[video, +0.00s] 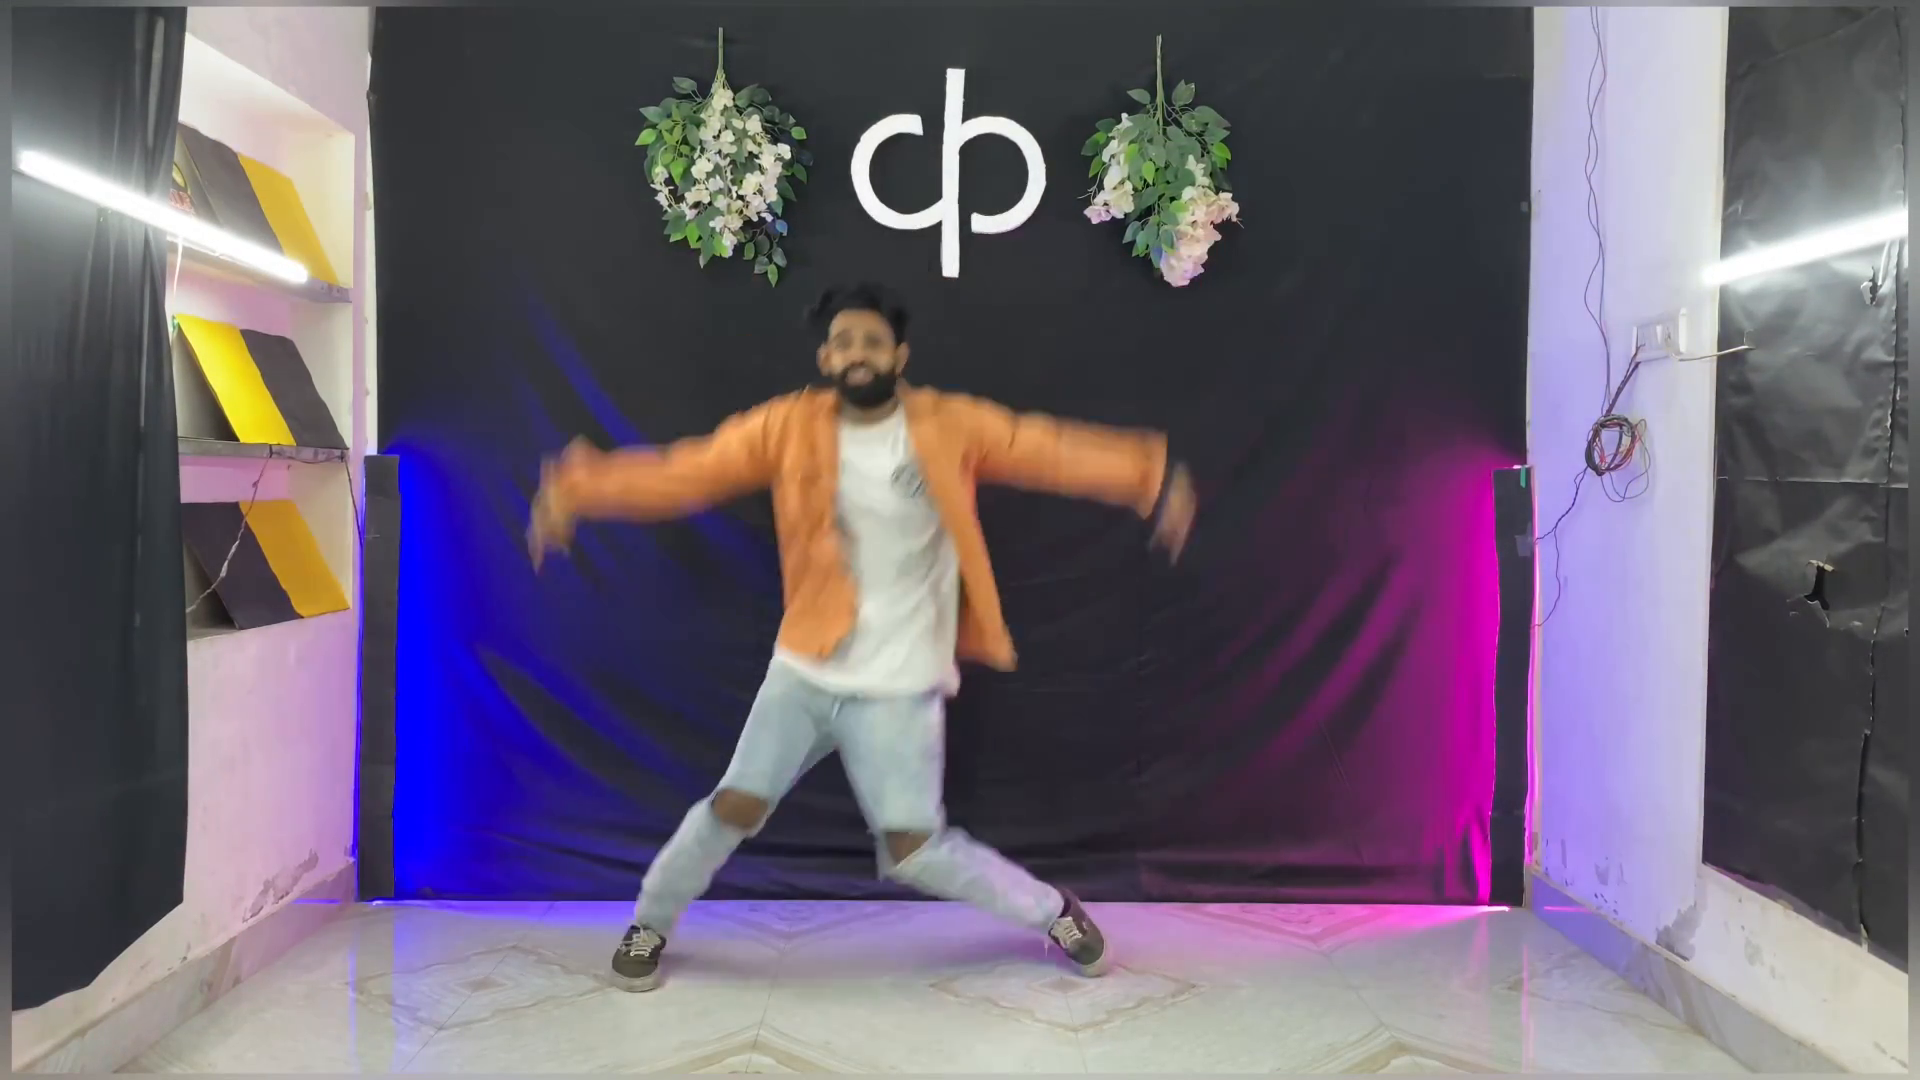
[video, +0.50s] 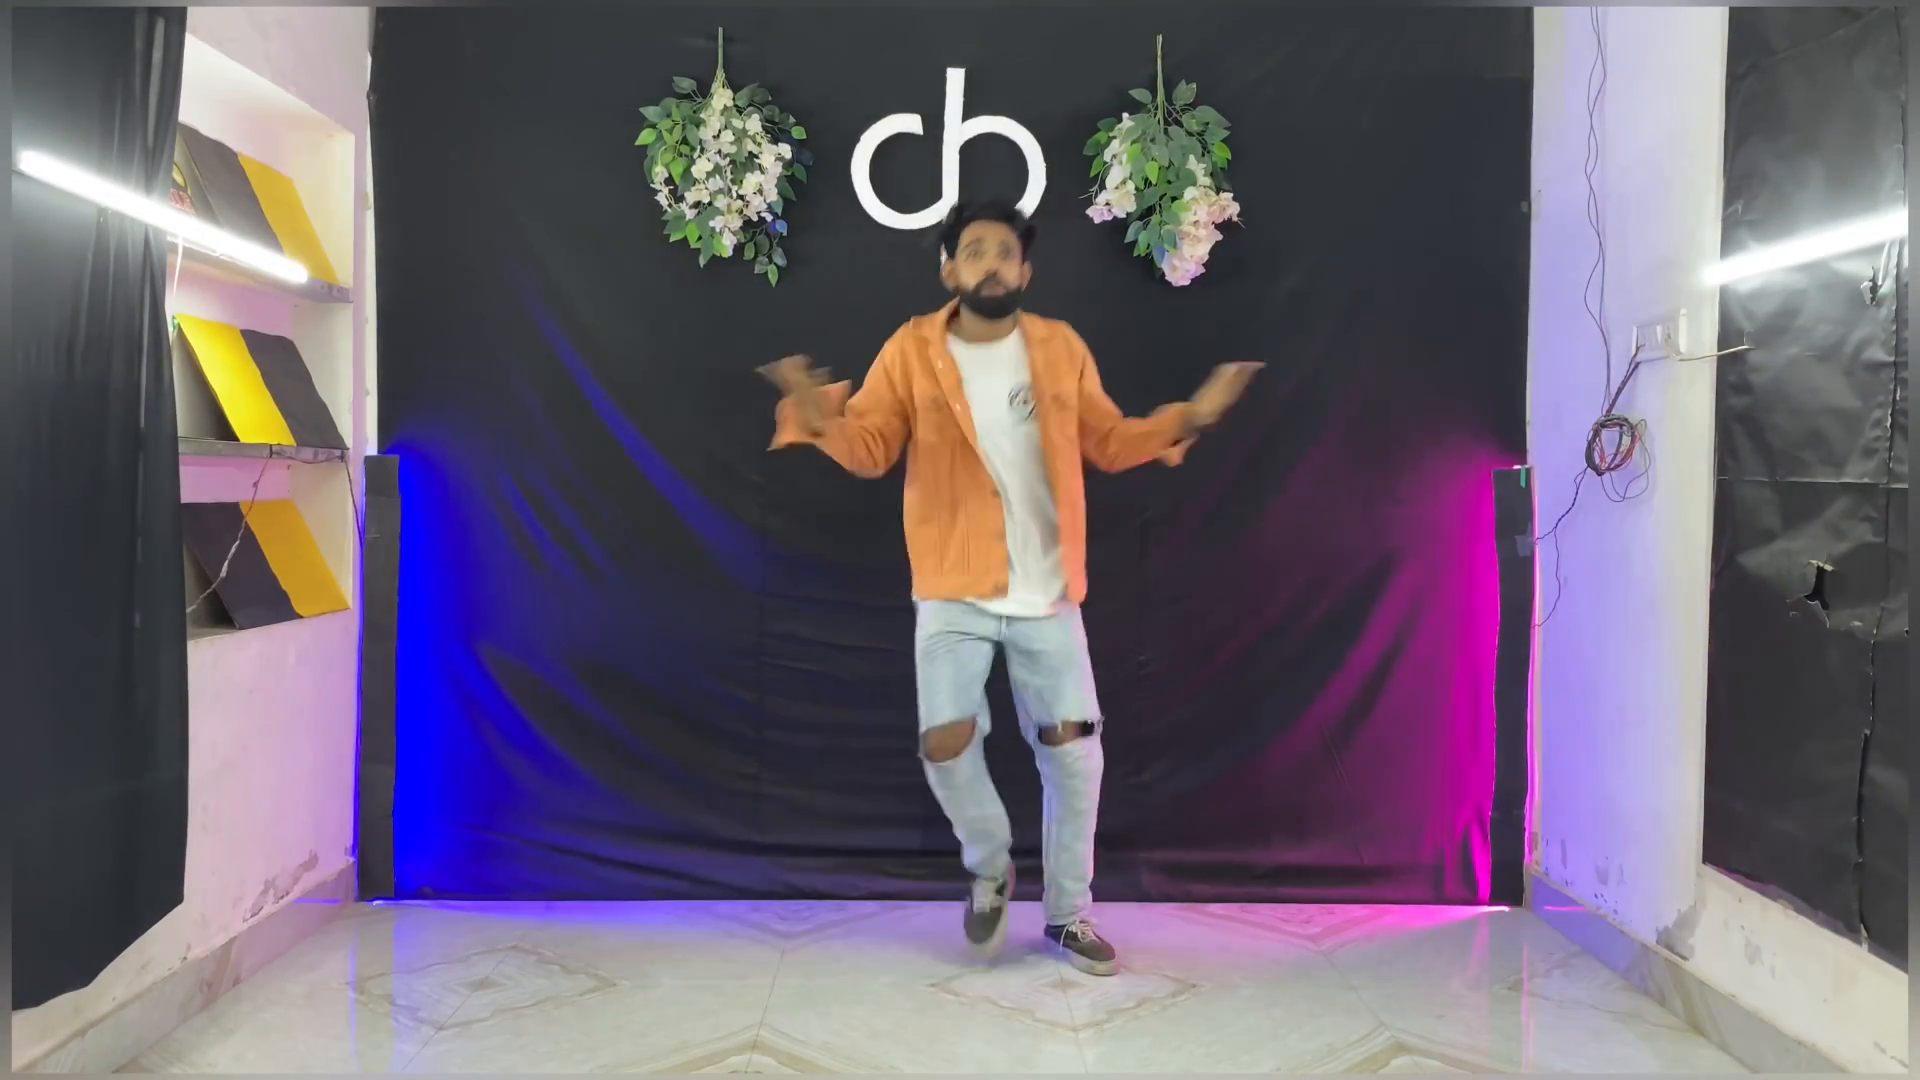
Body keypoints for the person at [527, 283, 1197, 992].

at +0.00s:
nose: (855, 356)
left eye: (871, 343)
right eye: (841, 344)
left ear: (901, 352)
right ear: (823, 358)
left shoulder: (950, 426)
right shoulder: (791, 427)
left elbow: (1051, 449)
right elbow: (685, 472)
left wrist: (1149, 470)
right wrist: (580, 484)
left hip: (902, 679)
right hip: (804, 667)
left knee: (912, 856)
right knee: (734, 808)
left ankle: (1054, 914)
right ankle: (648, 926)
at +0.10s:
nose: (852, 384)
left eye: (866, 371)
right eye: (836, 371)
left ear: (892, 385)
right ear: (815, 388)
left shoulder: (940, 468)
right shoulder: (788, 465)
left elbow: (1008, 555)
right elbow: (729, 563)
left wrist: (1082, 632)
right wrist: (655, 641)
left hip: (902, 697)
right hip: (805, 688)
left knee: (907, 866)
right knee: (750, 831)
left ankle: (1052, 918)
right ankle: (648, 934)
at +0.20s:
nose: (882, 372)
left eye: (896, 358)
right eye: (866, 359)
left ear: (920, 370)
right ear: (842, 374)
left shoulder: (963, 449)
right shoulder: (818, 452)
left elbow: (991, 559)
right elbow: (805, 559)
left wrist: (1007, 664)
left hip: (948, 679)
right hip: (854, 684)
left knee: (965, 825)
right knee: (789, 825)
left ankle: (1060, 924)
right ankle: (661, 928)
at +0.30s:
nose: (928, 347)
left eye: (942, 333)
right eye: (912, 333)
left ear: (965, 343)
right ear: (887, 344)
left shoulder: (1002, 405)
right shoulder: (869, 417)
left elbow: (1019, 520)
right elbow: (872, 533)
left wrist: (963, 595)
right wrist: (940, 545)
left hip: (1003, 632)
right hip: (909, 640)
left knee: (1034, 777)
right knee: (857, 791)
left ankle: (1062, 921)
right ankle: (722, 909)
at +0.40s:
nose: (963, 312)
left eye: (977, 299)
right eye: (947, 298)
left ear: (1001, 310)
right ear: (923, 312)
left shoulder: (1035, 377)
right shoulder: (901, 383)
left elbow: (1086, 481)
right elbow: (856, 498)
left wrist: (1069, 481)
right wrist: (889, 445)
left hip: (1029, 605)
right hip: (939, 603)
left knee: (1060, 764)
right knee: (920, 751)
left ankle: (1066, 915)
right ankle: (882, 886)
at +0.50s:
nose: (992, 264)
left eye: (1006, 252)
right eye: (975, 251)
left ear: (1026, 268)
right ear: (948, 268)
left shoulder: (1059, 346)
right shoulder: (912, 350)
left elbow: (1107, 443)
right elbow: (872, 449)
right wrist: (819, 416)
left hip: (1046, 587)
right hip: (952, 589)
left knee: (1073, 747)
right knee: (945, 742)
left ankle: (1068, 910)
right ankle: (989, 867)